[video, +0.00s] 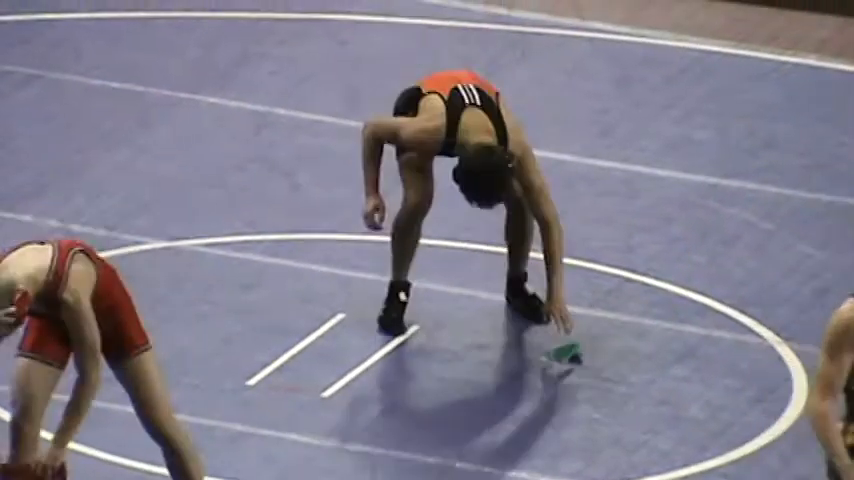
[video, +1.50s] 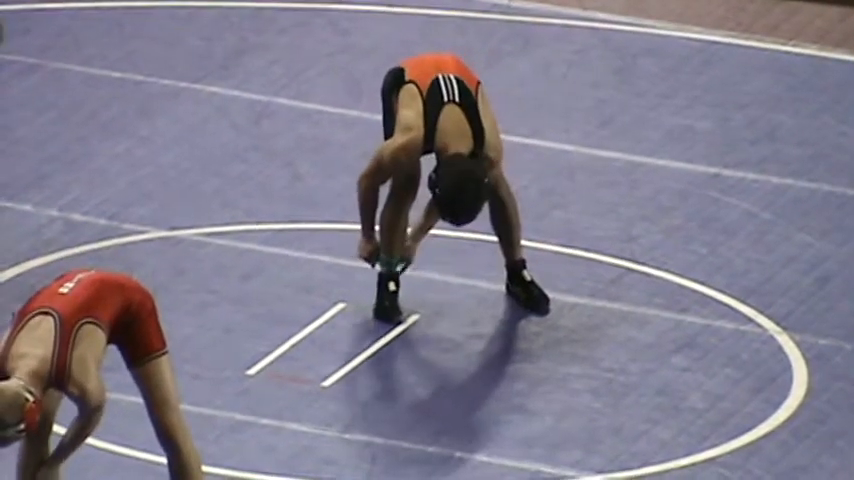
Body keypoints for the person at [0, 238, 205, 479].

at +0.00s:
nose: (10, 331)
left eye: (8, 328)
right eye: (6, 328)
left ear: (19, 309)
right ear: (12, 309)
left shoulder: (71, 292)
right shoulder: (6, 281)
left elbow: (90, 376)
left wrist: (58, 447)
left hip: (103, 301)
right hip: (48, 308)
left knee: (159, 423)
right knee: (22, 420)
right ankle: (22, 471)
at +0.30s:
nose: (11, 402)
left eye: (11, 396)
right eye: (7, 397)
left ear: (18, 368)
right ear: (12, 366)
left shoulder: (66, 351)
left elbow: (71, 426)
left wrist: (51, 475)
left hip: (104, 292)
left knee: (148, 422)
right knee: (17, 420)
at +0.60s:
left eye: (11, 426)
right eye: (9, 428)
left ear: (24, 402)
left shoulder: (74, 370)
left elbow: (83, 423)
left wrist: (55, 472)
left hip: (109, 293)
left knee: (157, 429)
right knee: (24, 427)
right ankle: (23, 474)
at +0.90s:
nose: (14, 443)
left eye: (13, 438)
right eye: (10, 440)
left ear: (30, 409)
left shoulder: (81, 385)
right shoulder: (4, 365)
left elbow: (87, 422)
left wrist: (51, 471)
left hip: (118, 297)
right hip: (61, 289)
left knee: (162, 430)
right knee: (32, 435)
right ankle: (27, 474)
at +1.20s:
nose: (23, 439)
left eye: (19, 436)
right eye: (16, 439)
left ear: (32, 410)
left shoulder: (83, 383)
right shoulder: (4, 363)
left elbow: (94, 416)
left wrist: (55, 468)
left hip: (125, 296)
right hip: (69, 288)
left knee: (167, 430)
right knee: (37, 435)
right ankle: (33, 476)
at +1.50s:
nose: (19, 435)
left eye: (15, 432)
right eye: (14, 434)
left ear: (31, 408)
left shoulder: (82, 382)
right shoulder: (4, 362)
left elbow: (92, 414)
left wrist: (53, 463)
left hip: (126, 296)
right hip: (69, 287)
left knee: (168, 429)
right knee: (36, 436)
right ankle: (32, 476)